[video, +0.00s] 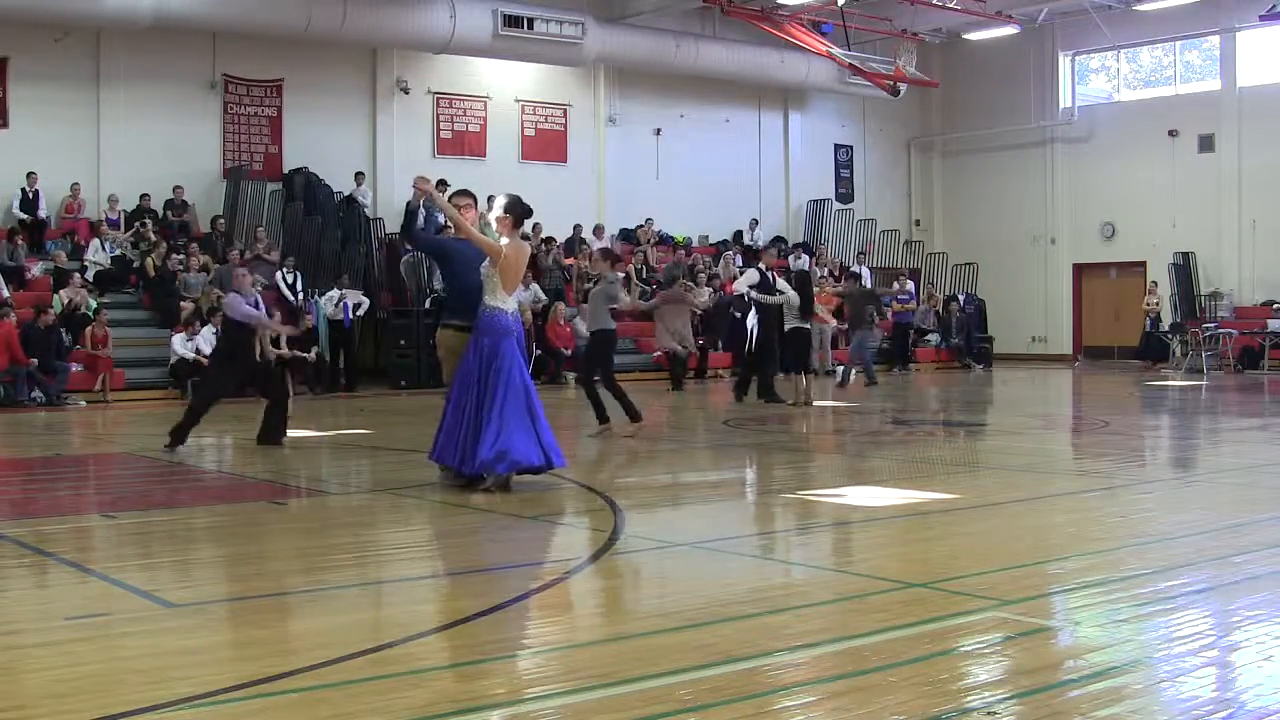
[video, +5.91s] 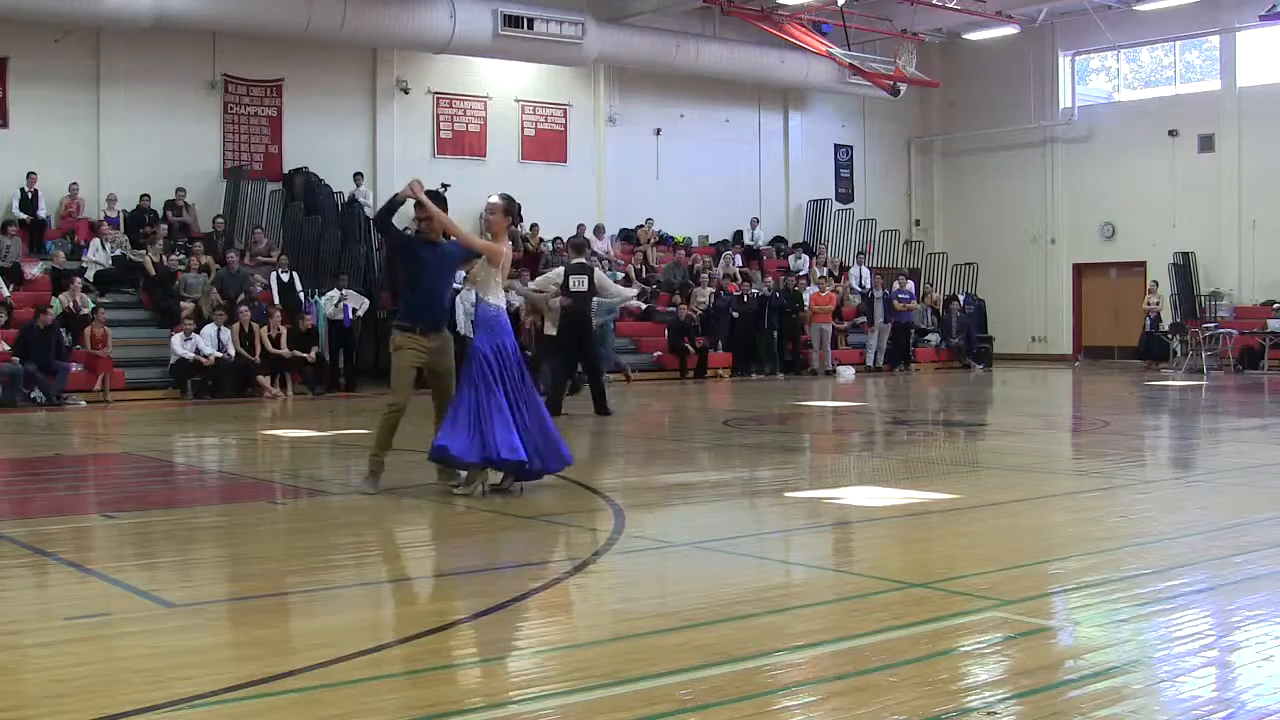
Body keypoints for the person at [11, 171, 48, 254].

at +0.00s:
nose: (35, 180)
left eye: (36, 179)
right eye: (32, 178)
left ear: (37, 180)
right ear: (27, 179)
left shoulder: (39, 193)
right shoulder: (20, 192)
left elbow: (42, 209)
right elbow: (14, 210)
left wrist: (42, 216)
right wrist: (25, 217)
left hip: (36, 217)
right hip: (25, 218)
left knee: (43, 224)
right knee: (33, 225)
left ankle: (40, 248)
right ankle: (32, 248)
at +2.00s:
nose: (33, 181)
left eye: (35, 179)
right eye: (31, 178)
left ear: (36, 180)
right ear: (27, 180)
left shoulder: (39, 193)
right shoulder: (20, 192)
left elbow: (43, 208)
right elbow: (14, 210)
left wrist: (41, 216)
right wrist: (25, 217)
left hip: (36, 218)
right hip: (25, 218)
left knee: (43, 223)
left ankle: (40, 248)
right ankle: (30, 249)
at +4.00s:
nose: (31, 181)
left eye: (33, 179)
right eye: (29, 179)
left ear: (36, 180)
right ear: (26, 180)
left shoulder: (39, 193)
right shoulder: (20, 192)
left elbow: (42, 209)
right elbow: (15, 210)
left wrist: (41, 216)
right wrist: (25, 217)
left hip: (36, 217)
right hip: (24, 217)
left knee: (42, 223)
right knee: (34, 225)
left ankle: (40, 248)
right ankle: (33, 248)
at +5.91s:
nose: (33, 182)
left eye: (35, 180)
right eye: (32, 180)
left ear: (36, 181)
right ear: (27, 180)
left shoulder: (38, 193)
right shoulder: (19, 192)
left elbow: (42, 209)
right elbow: (15, 209)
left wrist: (40, 216)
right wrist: (25, 217)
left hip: (36, 217)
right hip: (24, 218)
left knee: (42, 223)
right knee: (33, 225)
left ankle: (40, 249)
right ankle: (32, 249)